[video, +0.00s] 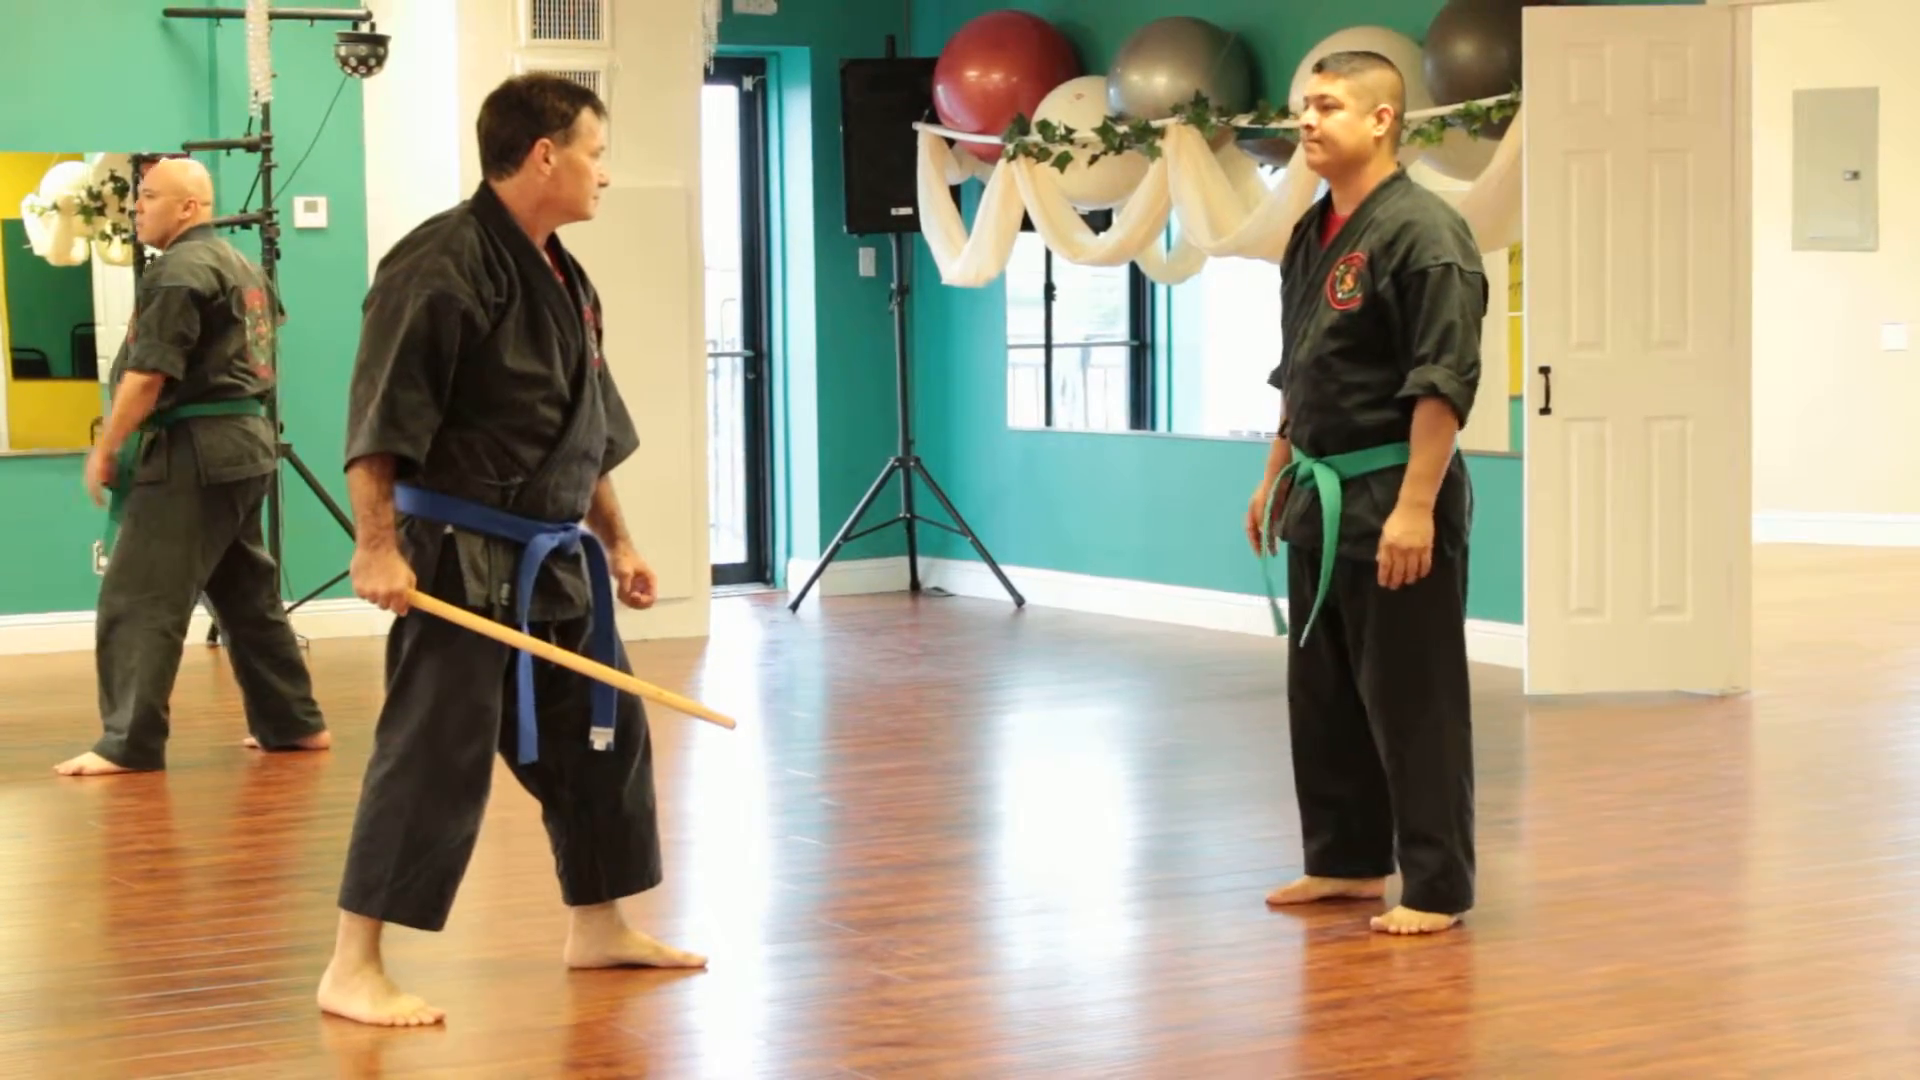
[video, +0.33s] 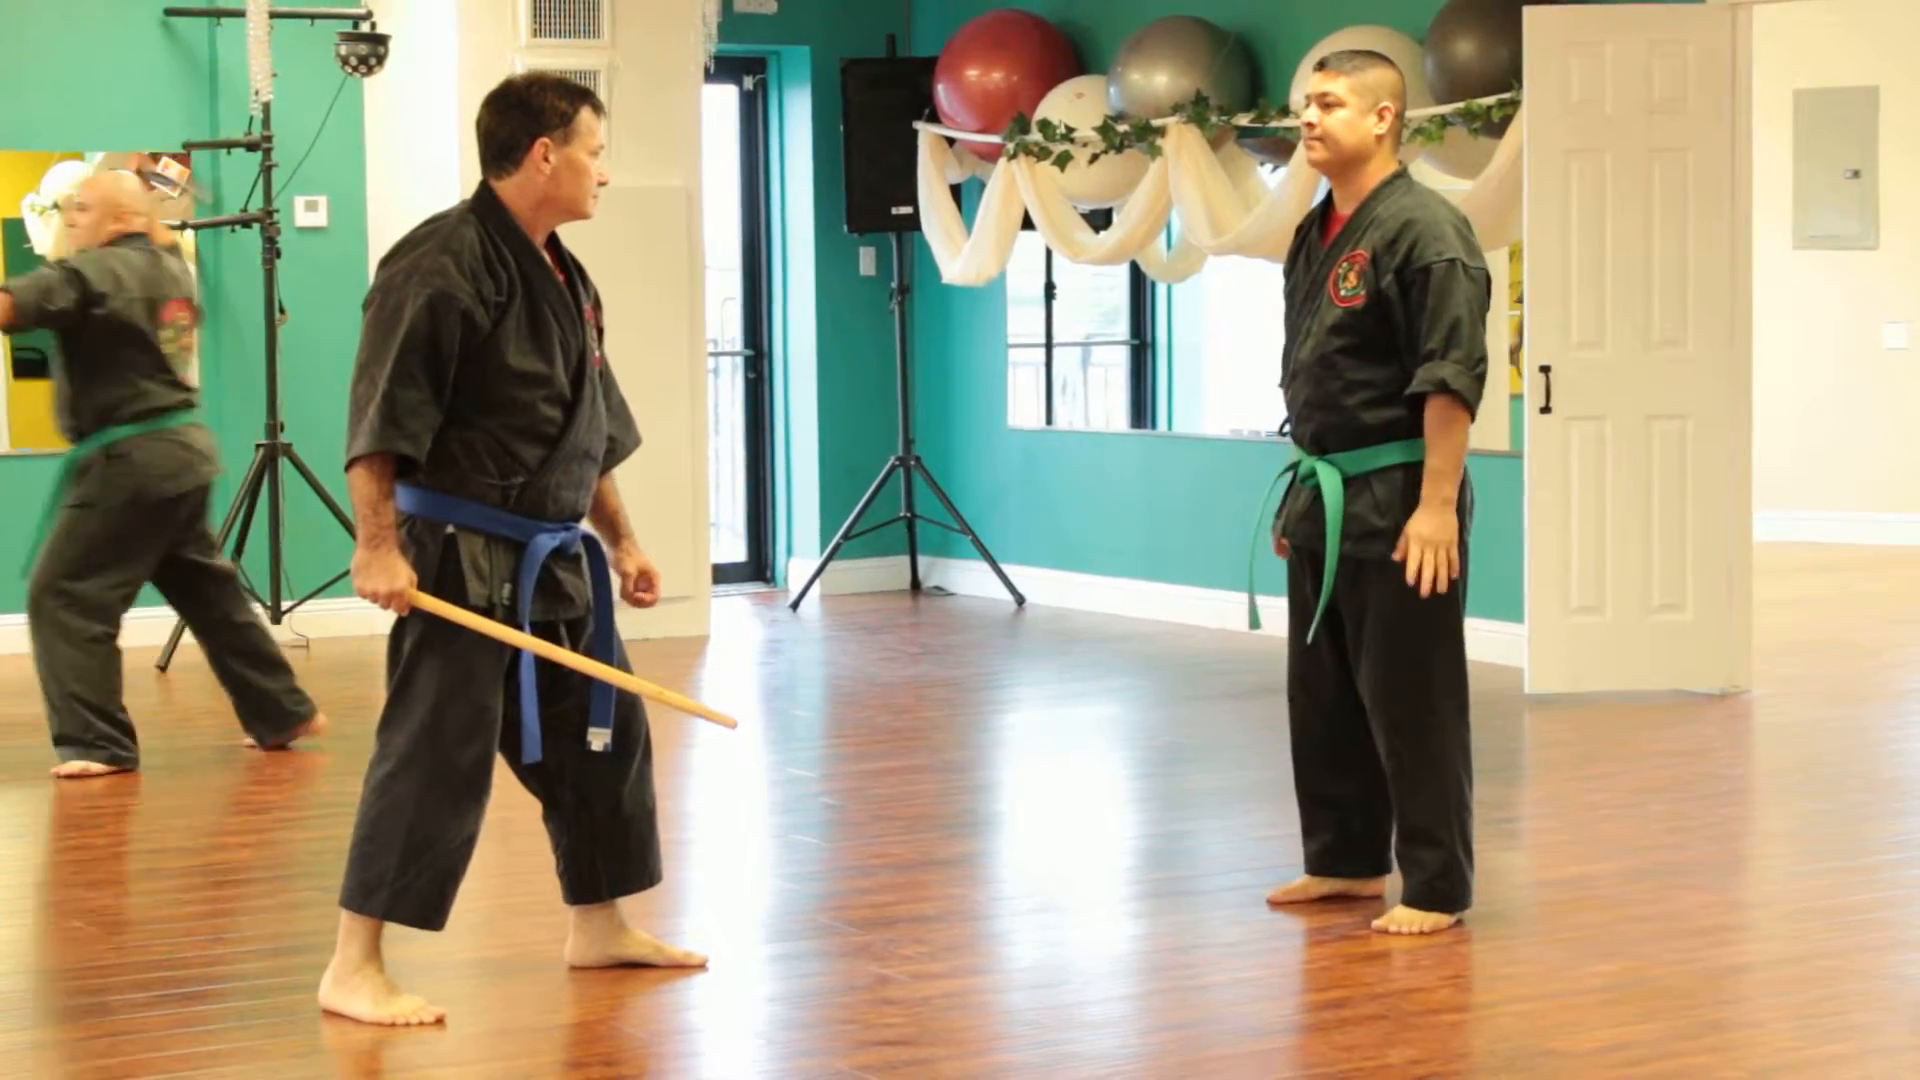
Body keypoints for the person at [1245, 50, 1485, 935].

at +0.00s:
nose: (1306, 121)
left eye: (1326, 107)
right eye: (1303, 108)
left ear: (1382, 121)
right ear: (1306, 125)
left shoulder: (1426, 229)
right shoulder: (1311, 233)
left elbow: (1444, 382)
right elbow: (1302, 370)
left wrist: (1416, 505)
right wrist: (1277, 472)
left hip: (1400, 483)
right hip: (1321, 484)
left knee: (1412, 691)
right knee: (1327, 684)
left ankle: (1437, 888)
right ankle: (1350, 861)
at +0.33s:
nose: (1307, 119)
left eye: (1328, 104)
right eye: (1304, 105)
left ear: (1385, 119)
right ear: (1304, 123)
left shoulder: (1428, 228)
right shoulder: (1314, 232)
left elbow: (1450, 381)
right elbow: (1316, 373)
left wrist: (1437, 504)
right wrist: (1302, 489)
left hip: (1399, 480)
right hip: (1323, 479)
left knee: (1412, 691)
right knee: (1327, 684)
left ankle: (1436, 888)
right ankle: (1347, 860)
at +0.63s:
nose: (1308, 118)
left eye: (1329, 104)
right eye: (1306, 105)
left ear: (1385, 118)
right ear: (1310, 121)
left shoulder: (1429, 224)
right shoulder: (1318, 229)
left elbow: (1460, 370)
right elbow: (1325, 364)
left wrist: (1430, 485)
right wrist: (1301, 464)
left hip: (1403, 483)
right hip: (1326, 483)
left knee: (1412, 688)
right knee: (1328, 683)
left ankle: (1436, 886)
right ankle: (1347, 860)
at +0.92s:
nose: (1302, 118)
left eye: (1323, 103)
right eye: (1301, 104)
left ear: (1380, 117)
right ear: (1303, 122)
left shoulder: (1422, 222)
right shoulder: (1316, 226)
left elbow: (1452, 371)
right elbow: (1317, 357)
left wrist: (1418, 492)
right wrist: (1305, 462)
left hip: (1400, 478)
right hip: (1325, 477)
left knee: (1414, 692)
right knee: (1328, 683)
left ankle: (1437, 888)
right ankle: (1344, 860)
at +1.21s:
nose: (1282, 121)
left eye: (1302, 106)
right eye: (1283, 107)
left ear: (1360, 119)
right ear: (1295, 124)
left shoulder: (1397, 226)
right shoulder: (1306, 226)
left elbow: (1419, 376)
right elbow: (1308, 363)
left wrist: (1385, 497)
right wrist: (1293, 476)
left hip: (1386, 480)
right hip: (1320, 480)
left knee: (1397, 689)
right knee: (1322, 684)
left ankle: (1434, 884)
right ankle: (1347, 861)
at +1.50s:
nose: (1268, 154)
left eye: (1286, 139)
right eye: (1264, 140)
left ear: (1340, 150)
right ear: (1269, 153)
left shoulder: (1359, 253)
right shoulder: (1309, 244)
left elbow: (1255, 349)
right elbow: (1282, 296)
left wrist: (1170, 291)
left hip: (1371, 505)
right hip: (1291, 500)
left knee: (1366, 684)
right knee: (1199, 642)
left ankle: (1383, 878)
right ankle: (1226, 812)